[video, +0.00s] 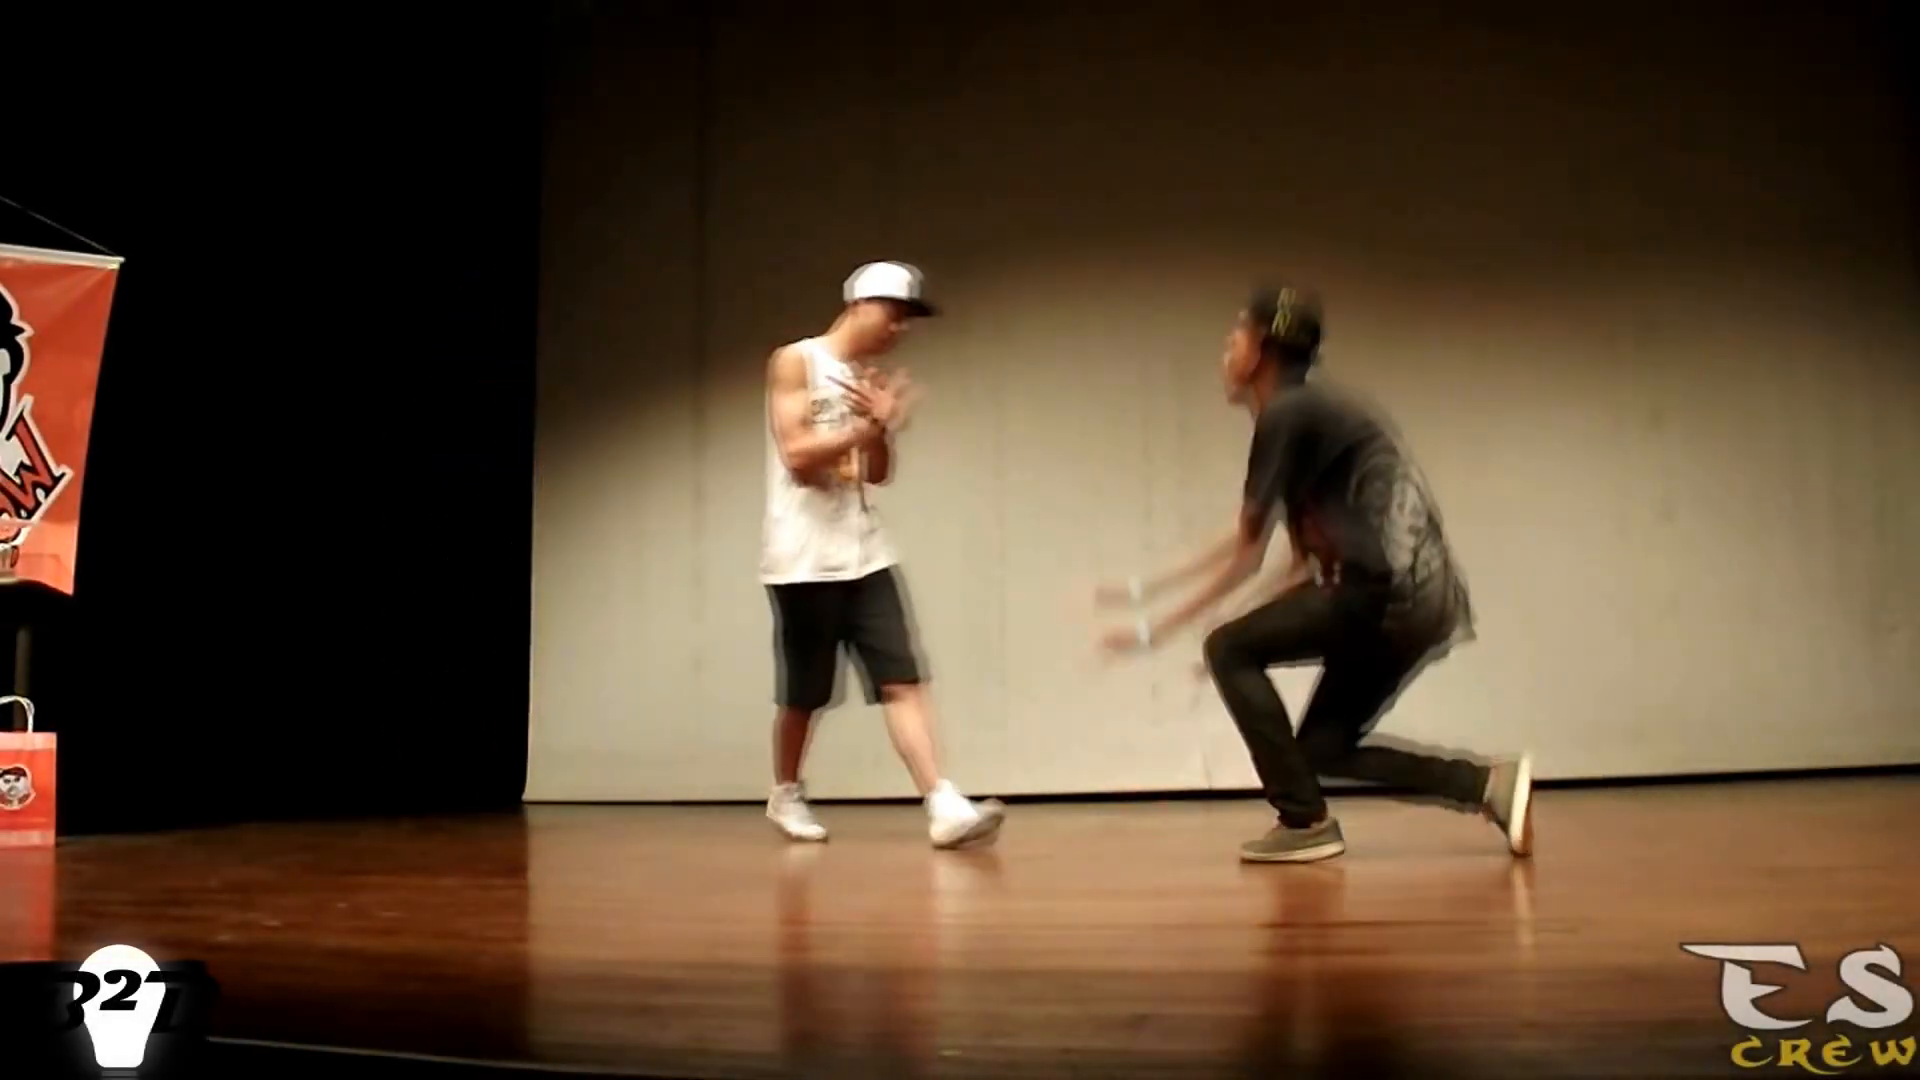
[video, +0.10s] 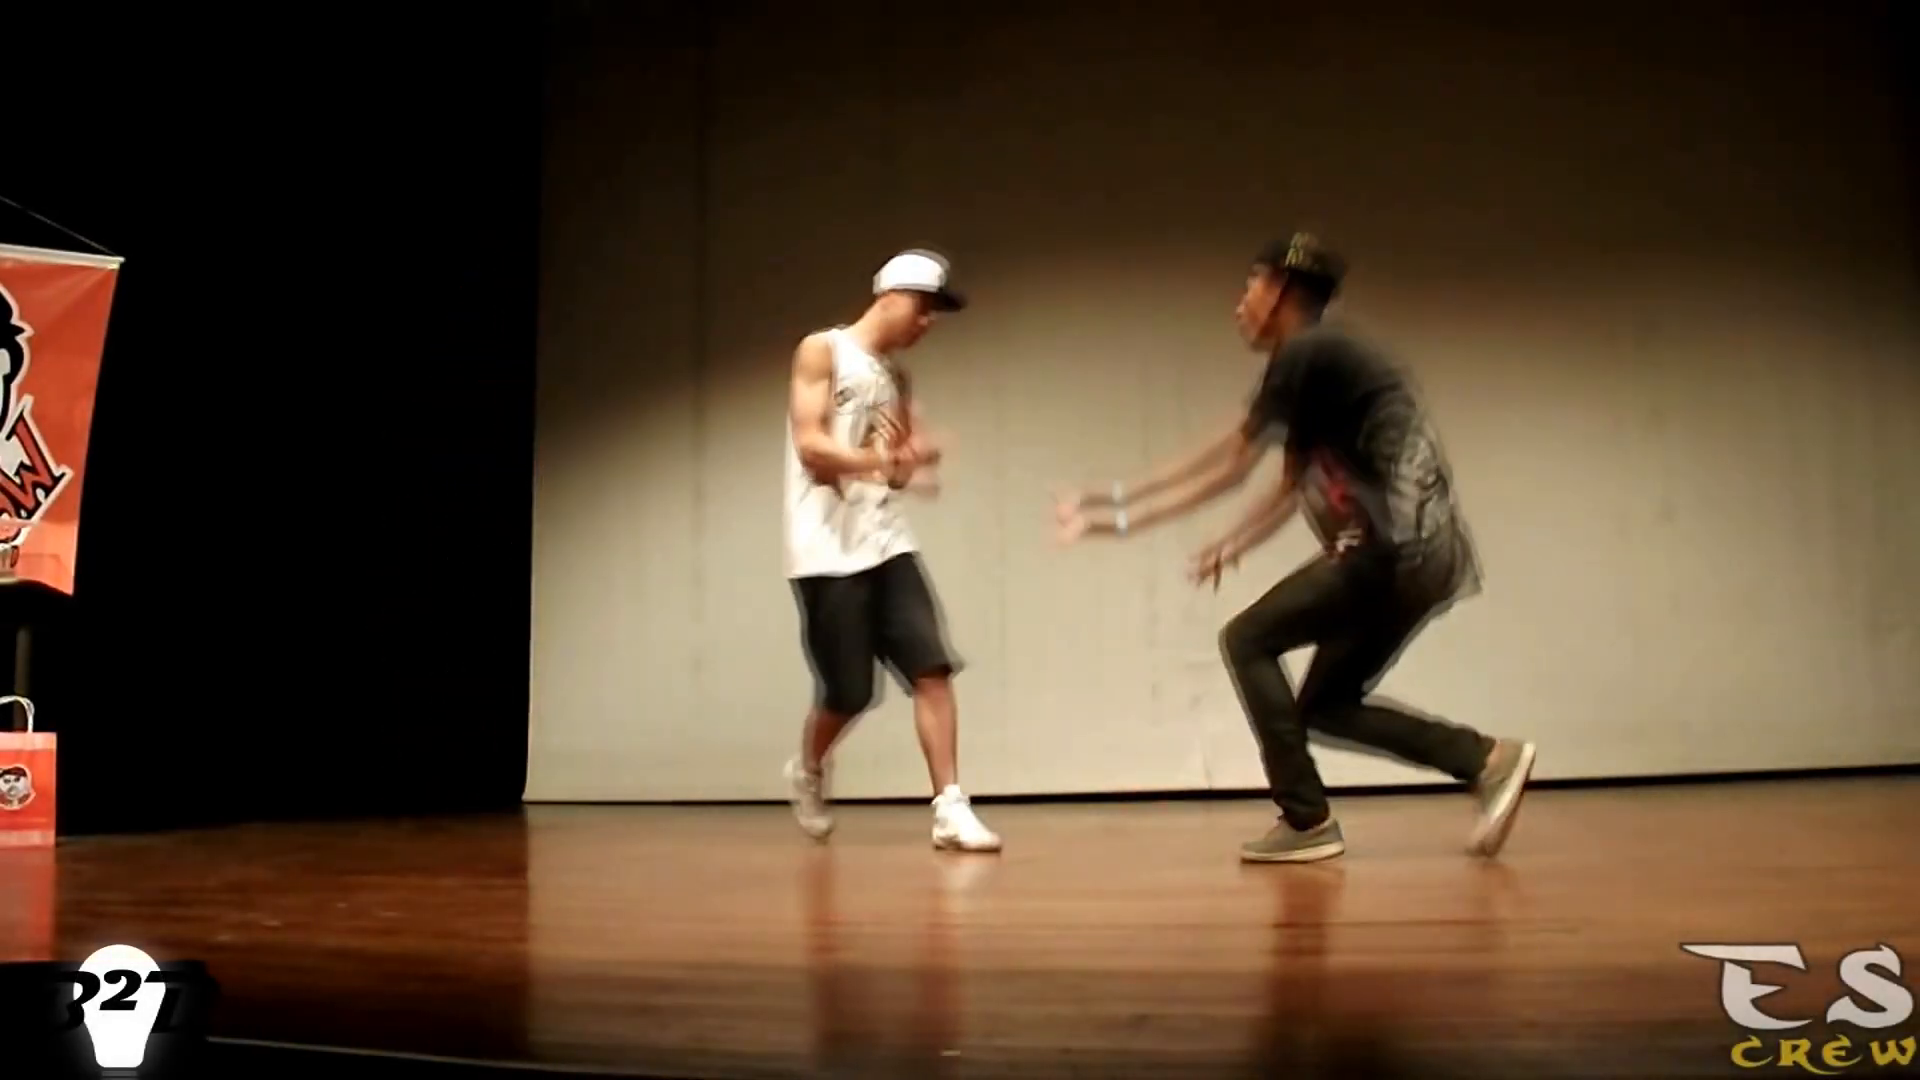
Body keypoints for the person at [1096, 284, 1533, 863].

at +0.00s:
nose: (1227, 350)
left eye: (1237, 335)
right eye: (1233, 334)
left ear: (1262, 348)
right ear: (1291, 349)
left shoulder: (1286, 414)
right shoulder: (1325, 410)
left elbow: (1243, 551)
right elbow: (1308, 569)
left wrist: (1151, 627)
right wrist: (1229, 646)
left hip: (1382, 595)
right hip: (1423, 603)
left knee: (1229, 648)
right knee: (1320, 751)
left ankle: (1305, 822)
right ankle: (1484, 785)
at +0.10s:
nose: (1241, 302)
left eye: (1253, 286)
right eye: (1247, 286)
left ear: (1284, 294)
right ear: (1301, 298)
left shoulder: (1302, 357)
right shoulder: (1333, 359)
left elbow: (1228, 463)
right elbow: (1291, 488)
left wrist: (1123, 510)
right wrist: (1230, 547)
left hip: (1388, 556)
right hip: (1423, 559)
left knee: (1245, 643)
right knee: (1325, 710)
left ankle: (1307, 820)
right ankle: (1487, 761)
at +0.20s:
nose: (1271, 253)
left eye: (1283, 239)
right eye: (1278, 238)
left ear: (1312, 246)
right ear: (1328, 250)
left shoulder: (1329, 300)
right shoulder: (1362, 309)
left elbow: (1243, 388)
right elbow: (1304, 431)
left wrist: (1134, 436)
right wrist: (1243, 497)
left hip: (1404, 515)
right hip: (1440, 520)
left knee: (1277, 633)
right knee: (1336, 675)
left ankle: (1311, 823)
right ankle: (1485, 771)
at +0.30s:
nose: (1309, 211)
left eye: (1321, 198)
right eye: (1315, 198)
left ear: (1352, 203)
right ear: (1366, 207)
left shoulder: (1367, 249)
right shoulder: (1392, 258)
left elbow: (1299, 346)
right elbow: (1344, 393)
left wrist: (1186, 407)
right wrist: (1287, 479)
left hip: (1430, 485)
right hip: (1454, 483)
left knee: (1334, 628)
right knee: (1374, 647)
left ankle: (1319, 825)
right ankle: (1508, 791)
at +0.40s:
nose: (1348, 191)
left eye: (1359, 178)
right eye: (1350, 180)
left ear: (1396, 177)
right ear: (1407, 181)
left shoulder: (1399, 219)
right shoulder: (1431, 229)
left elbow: (1370, 327)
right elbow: (1385, 378)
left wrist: (1280, 419)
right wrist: (1353, 487)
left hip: (1455, 476)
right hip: (1473, 475)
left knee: (1393, 634)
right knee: (1428, 640)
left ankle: (1336, 818)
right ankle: (1525, 805)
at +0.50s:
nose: (1383, 175)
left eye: (1395, 161)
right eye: (1386, 163)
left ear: (1434, 163)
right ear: (1443, 165)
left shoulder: (1440, 214)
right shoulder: (1480, 218)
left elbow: (1445, 342)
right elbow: (1480, 351)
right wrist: (1440, 459)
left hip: (1471, 467)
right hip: (1501, 467)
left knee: (1421, 621)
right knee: (1465, 630)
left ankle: (1396, 813)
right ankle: (1529, 809)